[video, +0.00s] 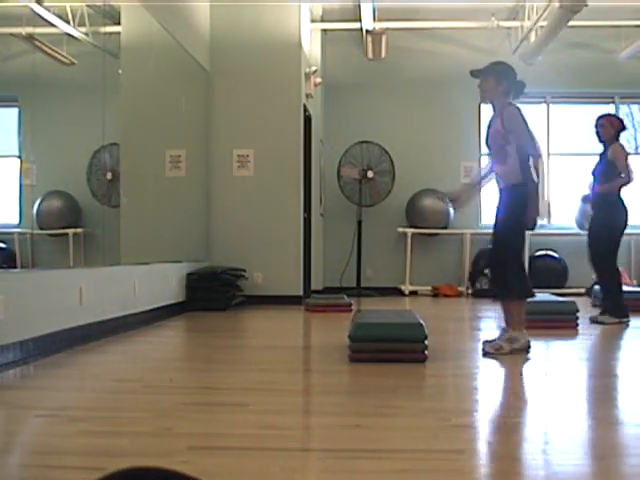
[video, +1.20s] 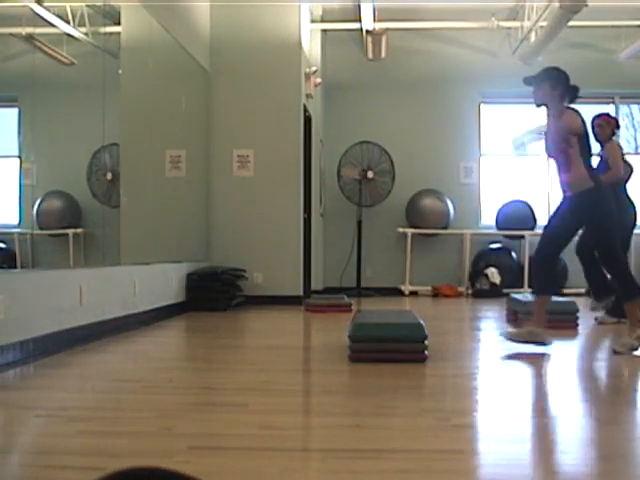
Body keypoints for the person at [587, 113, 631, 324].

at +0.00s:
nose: (599, 130)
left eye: (603, 126)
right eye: (598, 127)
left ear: (615, 129)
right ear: (599, 130)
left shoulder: (616, 149)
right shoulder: (608, 151)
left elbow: (626, 176)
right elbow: (611, 179)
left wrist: (603, 188)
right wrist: (594, 194)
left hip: (610, 207)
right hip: (602, 207)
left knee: (604, 258)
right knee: (600, 258)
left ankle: (616, 309)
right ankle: (611, 306)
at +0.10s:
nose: (594, 131)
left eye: (599, 127)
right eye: (593, 128)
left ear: (611, 130)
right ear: (594, 131)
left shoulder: (611, 148)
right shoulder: (611, 151)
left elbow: (607, 176)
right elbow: (625, 172)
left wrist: (585, 176)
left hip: (613, 211)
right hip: (622, 210)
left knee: (578, 245)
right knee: (611, 258)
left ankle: (597, 295)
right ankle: (619, 310)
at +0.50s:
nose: (601, 129)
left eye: (605, 126)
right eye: (599, 126)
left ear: (616, 129)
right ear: (598, 130)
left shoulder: (619, 150)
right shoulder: (607, 153)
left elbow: (634, 174)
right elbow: (604, 184)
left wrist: (613, 189)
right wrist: (584, 187)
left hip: (613, 208)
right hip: (604, 208)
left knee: (604, 257)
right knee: (604, 257)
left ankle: (618, 309)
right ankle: (615, 306)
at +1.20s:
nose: (598, 130)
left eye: (602, 126)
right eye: (595, 127)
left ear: (612, 129)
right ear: (593, 131)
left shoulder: (611, 146)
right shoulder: (609, 149)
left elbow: (618, 171)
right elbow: (627, 170)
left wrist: (595, 181)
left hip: (620, 207)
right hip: (611, 206)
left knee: (614, 256)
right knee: (584, 247)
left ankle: (620, 306)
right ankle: (603, 293)